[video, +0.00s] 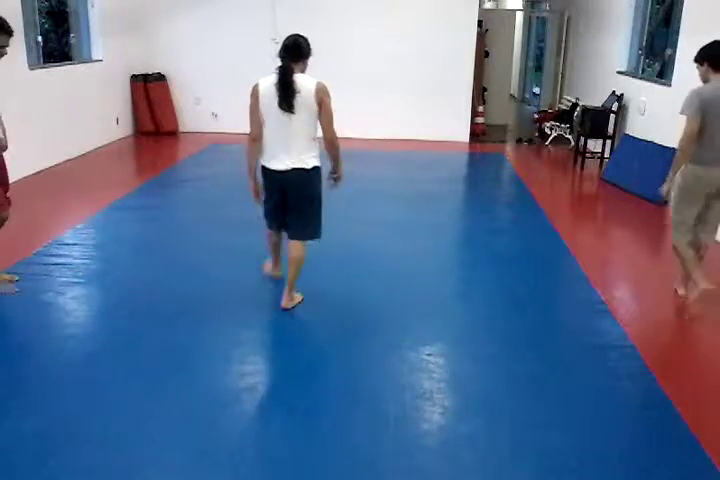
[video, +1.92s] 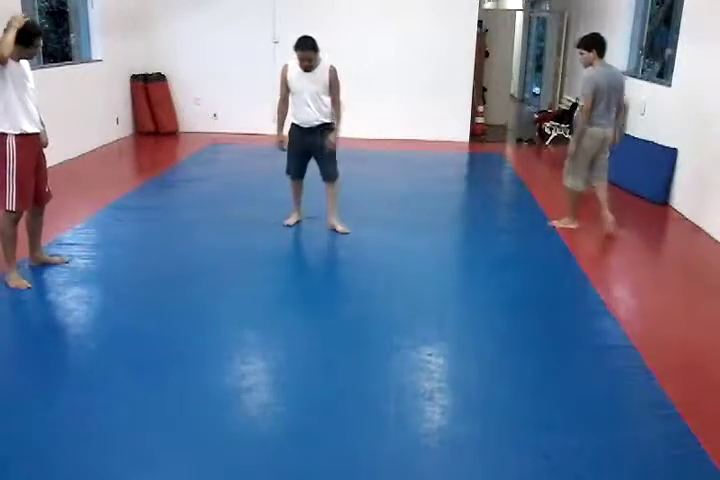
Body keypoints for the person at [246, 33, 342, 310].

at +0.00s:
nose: (307, 63)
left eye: (305, 58)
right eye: (307, 58)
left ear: (281, 56)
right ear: (306, 59)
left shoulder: (260, 89)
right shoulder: (317, 89)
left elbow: (255, 137)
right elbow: (329, 137)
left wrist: (253, 177)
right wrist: (336, 165)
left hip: (272, 173)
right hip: (304, 174)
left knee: (273, 223)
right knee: (298, 236)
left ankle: (275, 264)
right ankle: (289, 294)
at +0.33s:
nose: (314, 61)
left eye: (314, 57)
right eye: (314, 57)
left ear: (290, 53)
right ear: (311, 57)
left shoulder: (268, 82)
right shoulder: (316, 84)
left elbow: (257, 127)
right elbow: (326, 130)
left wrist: (252, 165)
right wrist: (335, 163)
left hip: (274, 162)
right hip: (305, 162)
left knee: (276, 215)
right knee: (311, 212)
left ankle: (282, 261)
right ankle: (301, 255)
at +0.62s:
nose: (330, 65)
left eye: (331, 60)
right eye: (330, 60)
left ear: (310, 54)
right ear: (323, 58)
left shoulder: (286, 76)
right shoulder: (322, 84)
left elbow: (276, 115)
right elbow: (325, 127)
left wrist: (283, 138)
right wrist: (330, 165)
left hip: (286, 151)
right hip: (312, 154)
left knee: (288, 206)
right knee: (321, 200)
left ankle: (285, 259)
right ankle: (318, 243)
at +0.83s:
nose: (343, 63)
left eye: (345, 58)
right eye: (343, 58)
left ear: (324, 52)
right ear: (332, 54)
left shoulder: (307, 71)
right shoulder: (327, 79)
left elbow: (303, 114)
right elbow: (328, 122)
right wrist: (336, 157)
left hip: (301, 142)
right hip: (318, 145)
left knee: (310, 192)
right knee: (328, 197)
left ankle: (294, 228)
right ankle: (319, 243)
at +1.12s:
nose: (351, 66)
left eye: (353, 61)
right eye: (350, 60)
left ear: (339, 56)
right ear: (337, 55)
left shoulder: (335, 77)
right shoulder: (316, 77)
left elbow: (336, 110)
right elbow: (310, 114)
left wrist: (343, 133)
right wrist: (333, 138)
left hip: (334, 138)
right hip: (317, 140)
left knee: (337, 187)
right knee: (326, 193)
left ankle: (329, 222)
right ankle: (317, 243)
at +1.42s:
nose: (344, 63)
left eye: (347, 59)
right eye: (341, 59)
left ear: (349, 57)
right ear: (329, 53)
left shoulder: (350, 74)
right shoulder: (309, 71)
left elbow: (360, 104)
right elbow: (298, 104)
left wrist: (373, 133)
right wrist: (296, 135)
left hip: (337, 133)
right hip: (312, 132)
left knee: (335, 182)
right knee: (310, 182)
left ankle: (330, 221)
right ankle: (304, 221)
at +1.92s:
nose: (305, 63)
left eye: (309, 59)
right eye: (301, 59)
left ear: (317, 55)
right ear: (296, 55)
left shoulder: (329, 72)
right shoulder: (288, 70)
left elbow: (336, 103)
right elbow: (283, 101)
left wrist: (336, 130)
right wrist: (280, 131)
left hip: (323, 129)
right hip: (298, 129)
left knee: (331, 176)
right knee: (295, 175)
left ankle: (333, 218)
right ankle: (296, 212)